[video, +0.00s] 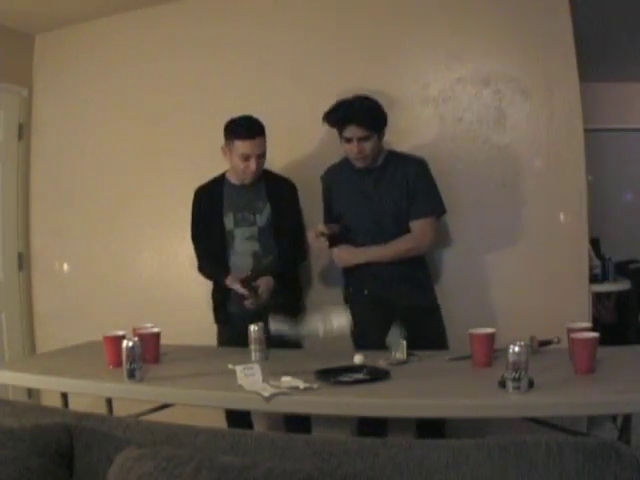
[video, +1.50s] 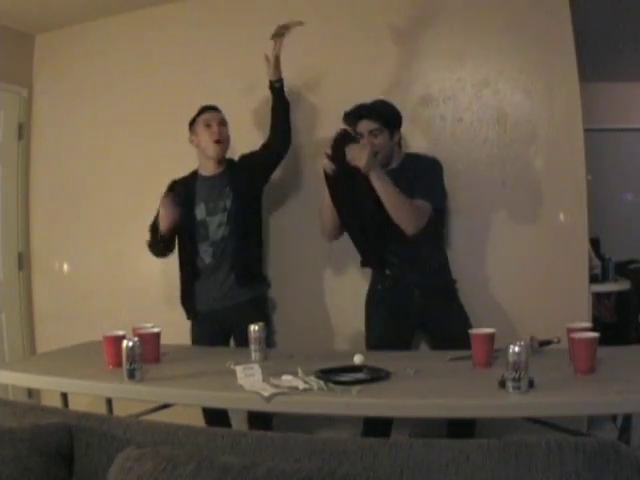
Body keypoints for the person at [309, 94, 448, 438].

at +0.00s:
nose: (356, 149)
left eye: (364, 140)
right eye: (348, 140)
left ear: (380, 135)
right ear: (340, 138)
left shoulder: (412, 170)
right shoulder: (334, 178)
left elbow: (424, 239)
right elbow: (338, 231)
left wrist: (359, 255)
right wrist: (326, 235)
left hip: (413, 292)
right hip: (365, 295)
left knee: (431, 379)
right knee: (368, 385)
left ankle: (433, 468)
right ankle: (369, 469)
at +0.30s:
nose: (355, 148)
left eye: (362, 139)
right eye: (346, 140)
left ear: (378, 134)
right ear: (338, 137)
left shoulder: (409, 170)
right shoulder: (330, 180)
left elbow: (426, 235)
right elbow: (331, 246)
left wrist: (363, 247)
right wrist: (326, 233)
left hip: (409, 296)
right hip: (359, 298)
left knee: (426, 386)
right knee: (368, 391)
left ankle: (431, 472)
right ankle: (369, 472)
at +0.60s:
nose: (366, 148)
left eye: (373, 139)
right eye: (357, 140)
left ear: (388, 134)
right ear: (348, 138)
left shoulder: (418, 171)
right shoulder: (337, 179)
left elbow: (436, 235)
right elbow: (330, 249)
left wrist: (379, 224)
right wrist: (339, 213)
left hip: (417, 295)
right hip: (367, 298)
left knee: (435, 382)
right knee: (375, 388)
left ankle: (436, 472)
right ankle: (373, 475)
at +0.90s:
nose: (363, 149)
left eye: (371, 140)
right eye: (356, 142)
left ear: (389, 136)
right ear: (348, 140)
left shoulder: (421, 173)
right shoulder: (343, 177)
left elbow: (427, 242)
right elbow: (328, 240)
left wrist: (377, 222)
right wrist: (335, 221)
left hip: (418, 290)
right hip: (367, 292)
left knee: (445, 369)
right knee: (371, 380)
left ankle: (439, 458)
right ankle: (369, 463)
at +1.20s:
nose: (365, 146)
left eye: (373, 136)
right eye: (357, 138)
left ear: (392, 133)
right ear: (351, 139)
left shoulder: (424, 170)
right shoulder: (353, 175)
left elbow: (420, 241)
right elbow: (345, 245)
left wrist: (375, 202)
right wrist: (343, 206)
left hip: (429, 291)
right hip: (381, 293)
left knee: (454, 376)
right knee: (376, 383)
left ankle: (454, 466)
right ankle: (369, 471)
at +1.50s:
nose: (367, 145)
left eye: (375, 135)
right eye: (360, 138)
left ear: (395, 135)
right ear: (354, 141)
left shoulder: (424, 168)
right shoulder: (356, 180)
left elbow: (412, 222)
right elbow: (331, 232)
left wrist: (372, 170)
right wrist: (333, 180)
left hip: (433, 288)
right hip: (386, 292)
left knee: (464, 371)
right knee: (380, 382)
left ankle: (462, 463)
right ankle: (368, 468)